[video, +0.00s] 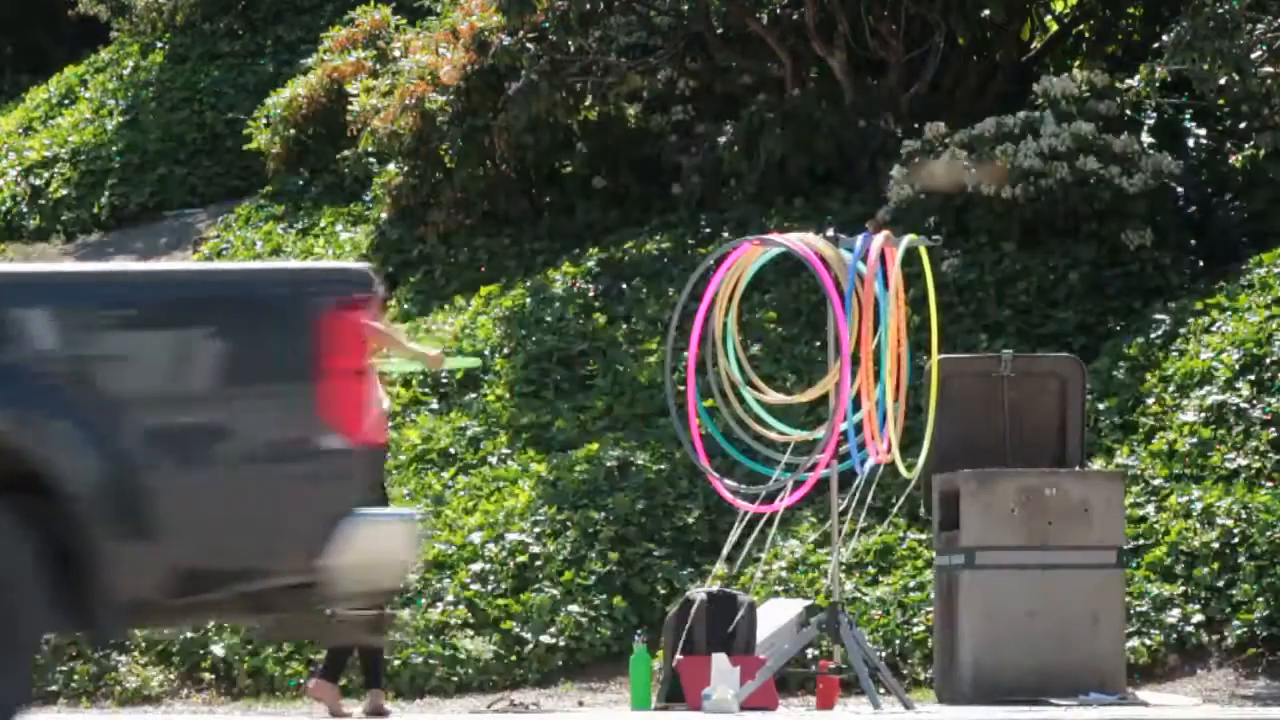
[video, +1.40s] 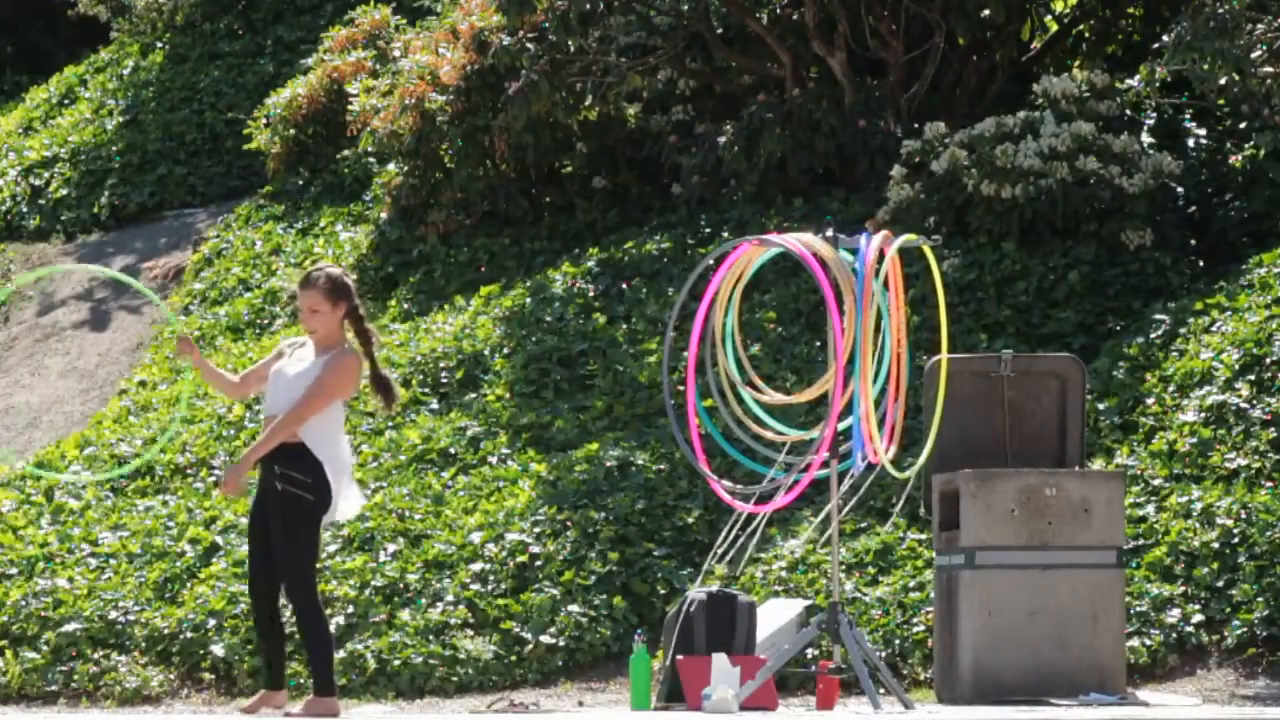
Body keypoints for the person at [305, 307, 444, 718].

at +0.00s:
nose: (382, 312)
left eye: (382, 305)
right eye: (379, 304)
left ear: (353, 299)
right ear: (365, 301)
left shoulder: (335, 331)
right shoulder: (352, 326)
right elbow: (387, 337)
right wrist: (427, 354)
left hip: (351, 458)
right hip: (357, 459)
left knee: (371, 570)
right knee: (370, 568)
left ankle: (375, 690)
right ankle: (327, 677)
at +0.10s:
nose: (362, 311)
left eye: (363, 303)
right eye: (360, 302)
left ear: (321, 303)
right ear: (344, 299)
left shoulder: (310, 352)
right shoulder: (332, 326)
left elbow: (291, 427)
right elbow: (391, 315)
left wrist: (305, 485)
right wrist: (435, 335)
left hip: (337, 478)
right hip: (354, 475)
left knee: (360, 587)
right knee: (363, 586)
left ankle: (367, 689)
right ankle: (321, 680)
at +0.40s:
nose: (341, 302)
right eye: (340, 296)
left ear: (297, 305)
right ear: (341, 299)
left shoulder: (286, 354)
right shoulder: (365, 331)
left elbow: (278, 433)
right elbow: (435, 302)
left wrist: (280, 499)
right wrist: (380, 314)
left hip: (306, 481)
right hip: (359, 474)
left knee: (328, 583)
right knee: (348, 582)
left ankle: (335, 688)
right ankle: (321, 677)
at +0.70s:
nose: (287, 317)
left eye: (288, 308)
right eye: (285, 309)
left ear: (307, 305)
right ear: (327, 303)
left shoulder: (301, 353)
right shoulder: (366, 341)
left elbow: (284, 428)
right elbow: (397, 338)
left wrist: (256, 490)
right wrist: (359, 303)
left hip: (309, 486)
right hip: (360, 484)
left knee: (313, 587)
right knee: (338, 581)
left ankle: (325, 693)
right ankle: (343, 674)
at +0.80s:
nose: (288, 319)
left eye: (291, 310)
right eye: (286, 311)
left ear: (315, 304)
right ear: (326, 304)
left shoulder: (309, 356)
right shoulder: (362, 345)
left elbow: (286, 431)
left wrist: (251, 490)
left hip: (307, 479)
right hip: (349, 478)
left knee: (310, 587)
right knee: (323, 581)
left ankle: (324, 695)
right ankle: (361, 661)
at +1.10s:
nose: (299, 322)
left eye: (305, 313)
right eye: (297, 314)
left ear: (335, 307)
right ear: (327, 310)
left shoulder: (341, 358)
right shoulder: (329, 352)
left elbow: (298, 422)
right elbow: (276, 391)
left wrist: (252, 478)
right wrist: (231, 360)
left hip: (313, 476)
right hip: (301, 472)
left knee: (302, 586)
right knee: (281, 584)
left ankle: (324, 696)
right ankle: (342, 672)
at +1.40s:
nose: (305, 319)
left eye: (316, 311)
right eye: (301, 309)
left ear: (342, 311)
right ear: (297, 309)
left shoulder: (345, 361)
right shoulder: (292, 349)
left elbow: (296, 418)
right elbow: (238, 387)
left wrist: (242, 464)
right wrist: (197, 360)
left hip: (304, 472)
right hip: (275, 469)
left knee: (299, 585)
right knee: (263, 584)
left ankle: (325, 696)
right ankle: (275, 689)